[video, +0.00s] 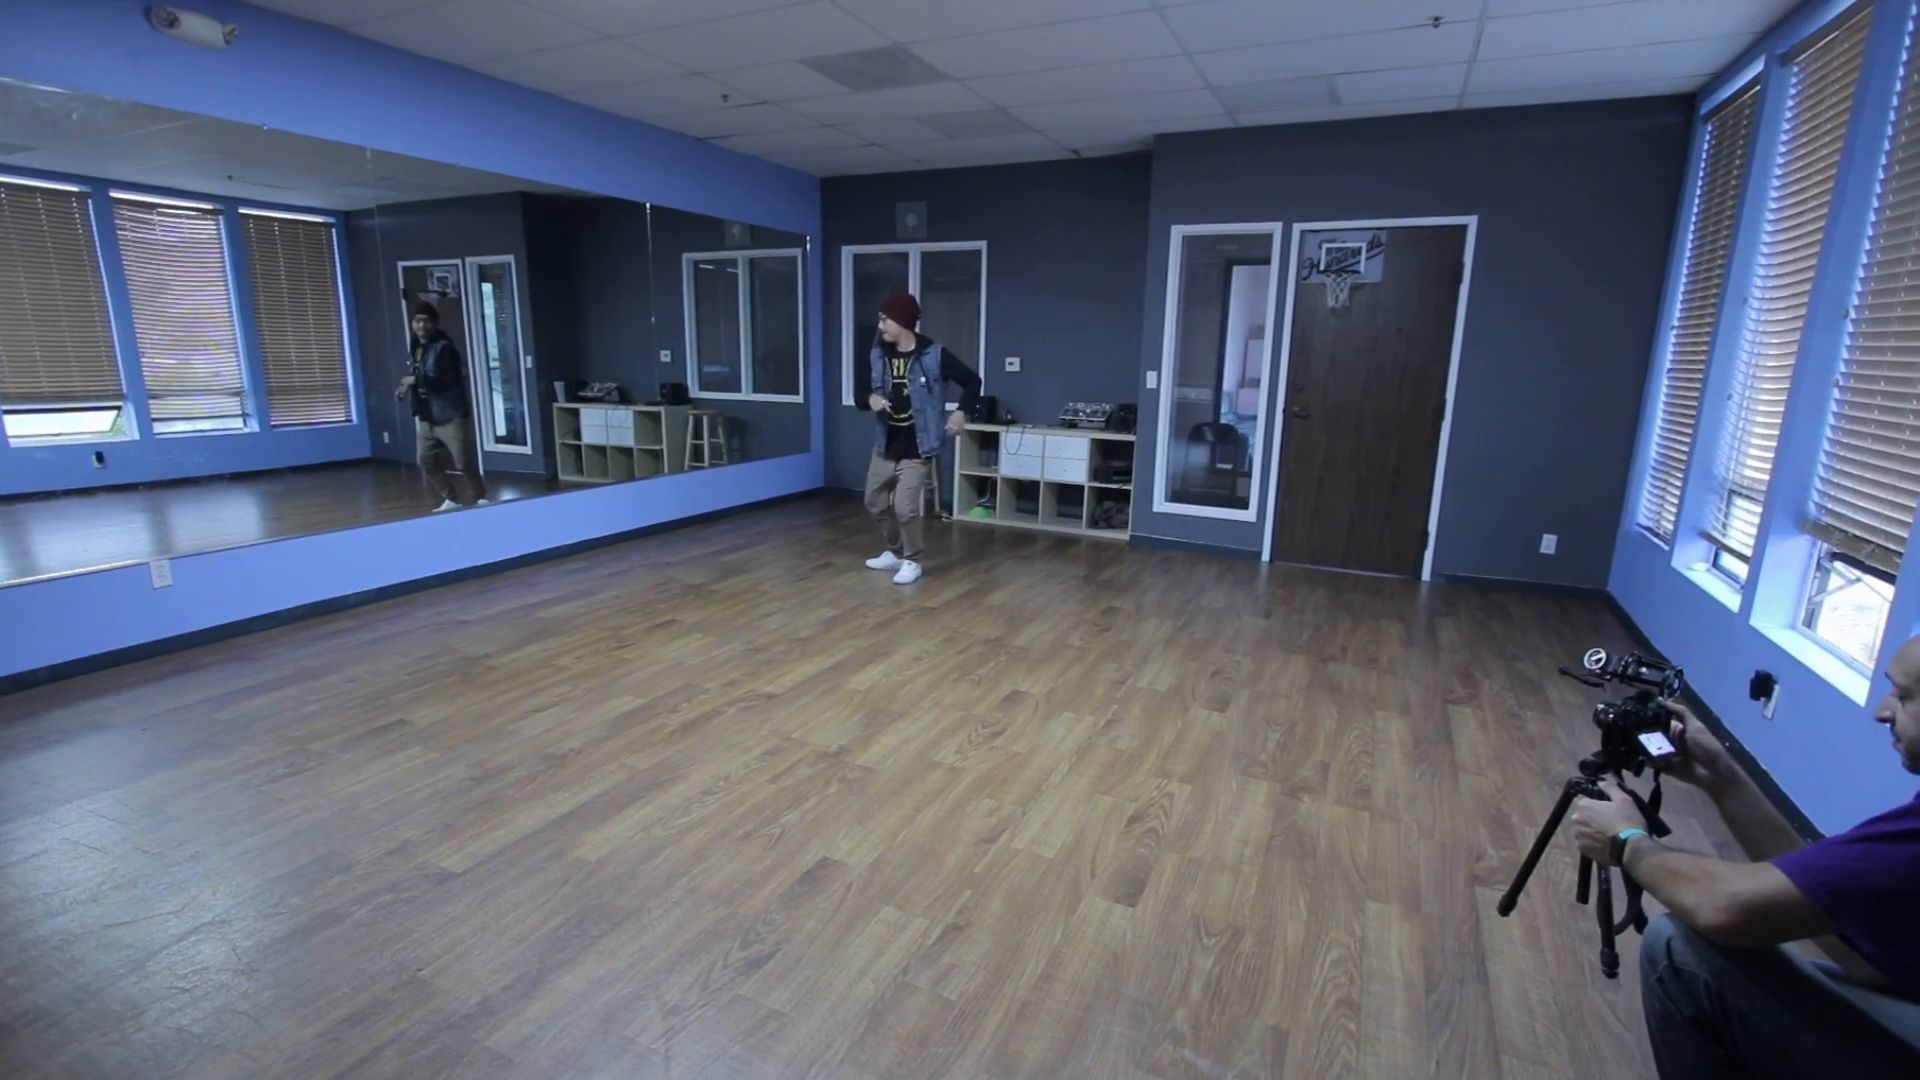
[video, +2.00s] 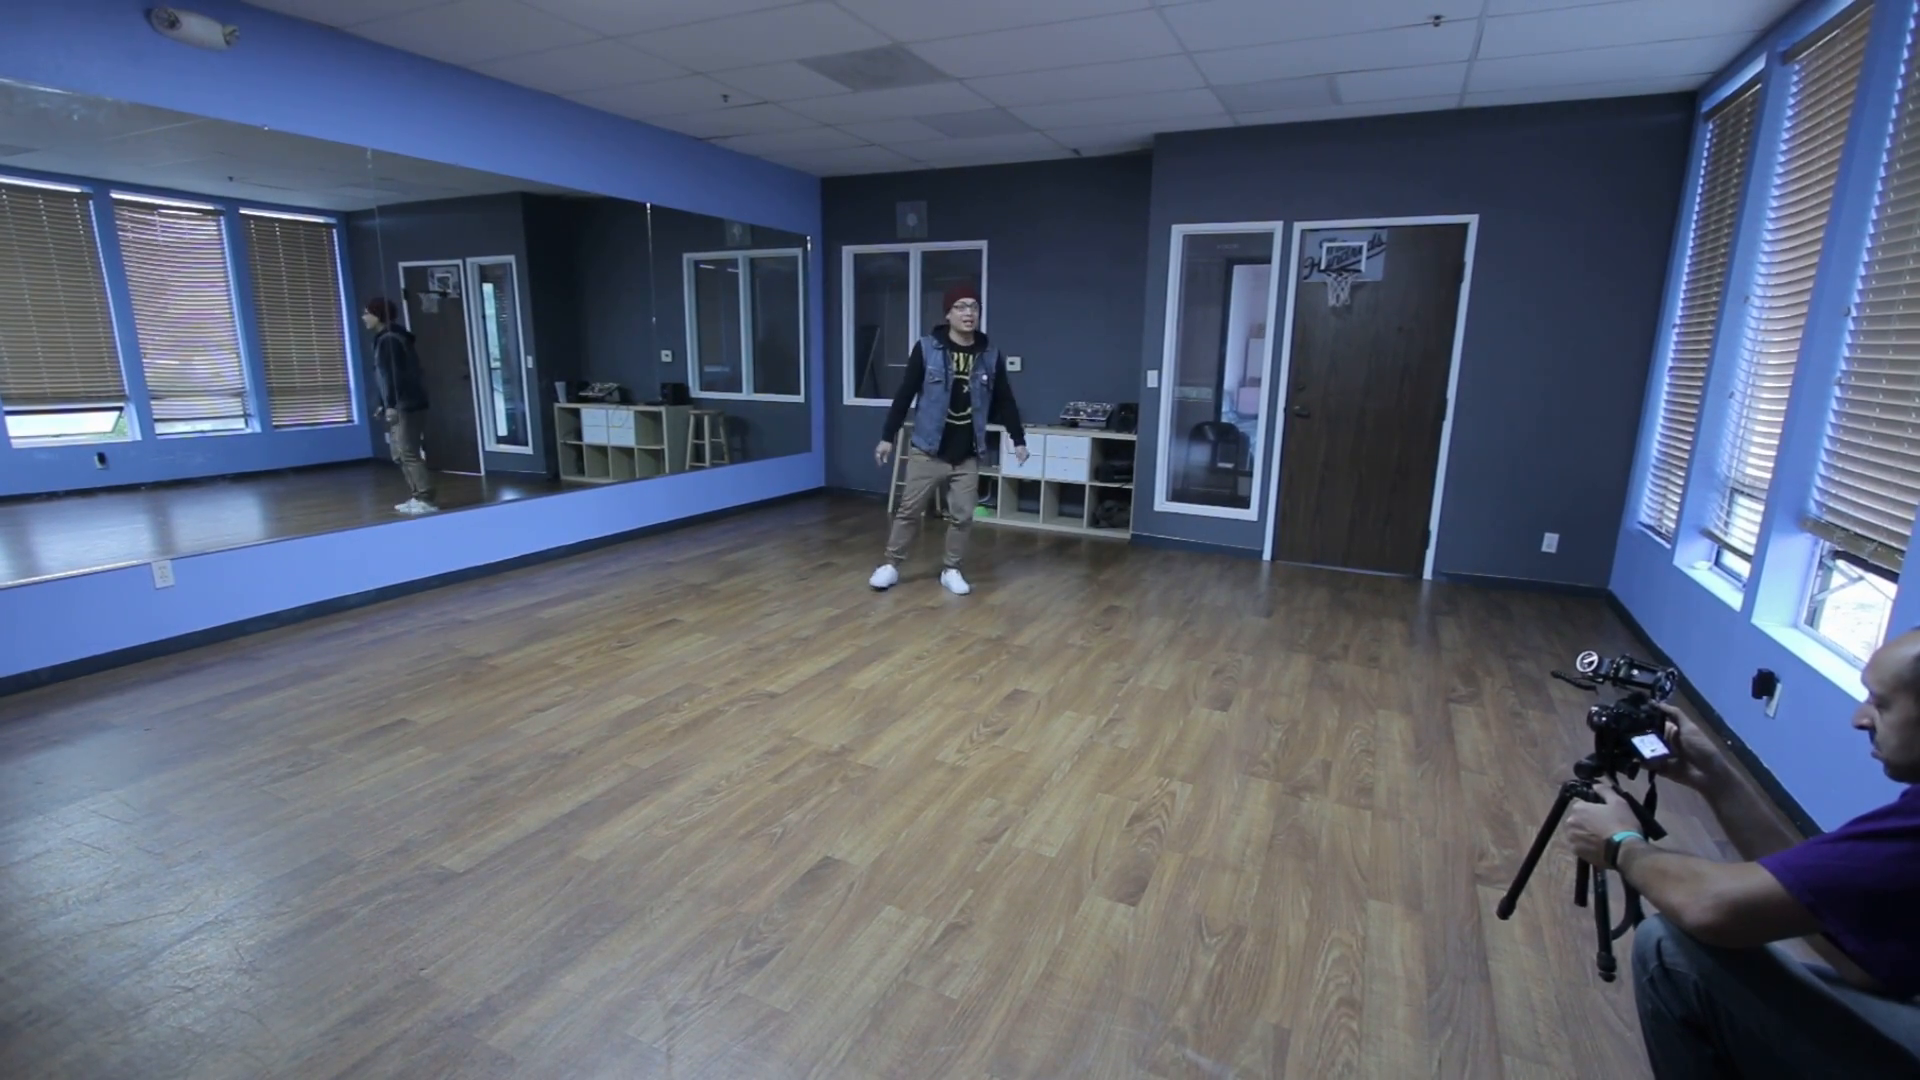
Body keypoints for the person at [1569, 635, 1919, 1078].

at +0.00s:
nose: (1884, 711)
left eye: (1903, 696)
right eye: (1893, 692)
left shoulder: (1913, 829)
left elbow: (1725, 911)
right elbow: (1864, 952)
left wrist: (1626, 842)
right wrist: (1723, 779)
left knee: (1681, 948)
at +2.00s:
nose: (1860, 720)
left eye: (1881, 702)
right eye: (1869, 700)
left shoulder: (1912, 819)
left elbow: (1714, 910)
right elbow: (1866, 960)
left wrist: (1619, 844)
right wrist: (1716, 779)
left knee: (1673, 950)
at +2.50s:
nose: (1875, 692)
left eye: (1897, 678)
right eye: (1887, 675)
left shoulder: (1913, 815)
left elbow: (1709, 908)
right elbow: (1867, 957)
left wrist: (1623, 842)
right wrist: (1720, 781)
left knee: (1672, 949)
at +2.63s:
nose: (1894, 677)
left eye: (1915, 658)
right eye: (1909, 657)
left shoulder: (1915, 813)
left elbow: (1709, 909)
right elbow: (1861, 950)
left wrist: (1622, 842)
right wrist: (1721, 784)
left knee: (1671, 949)